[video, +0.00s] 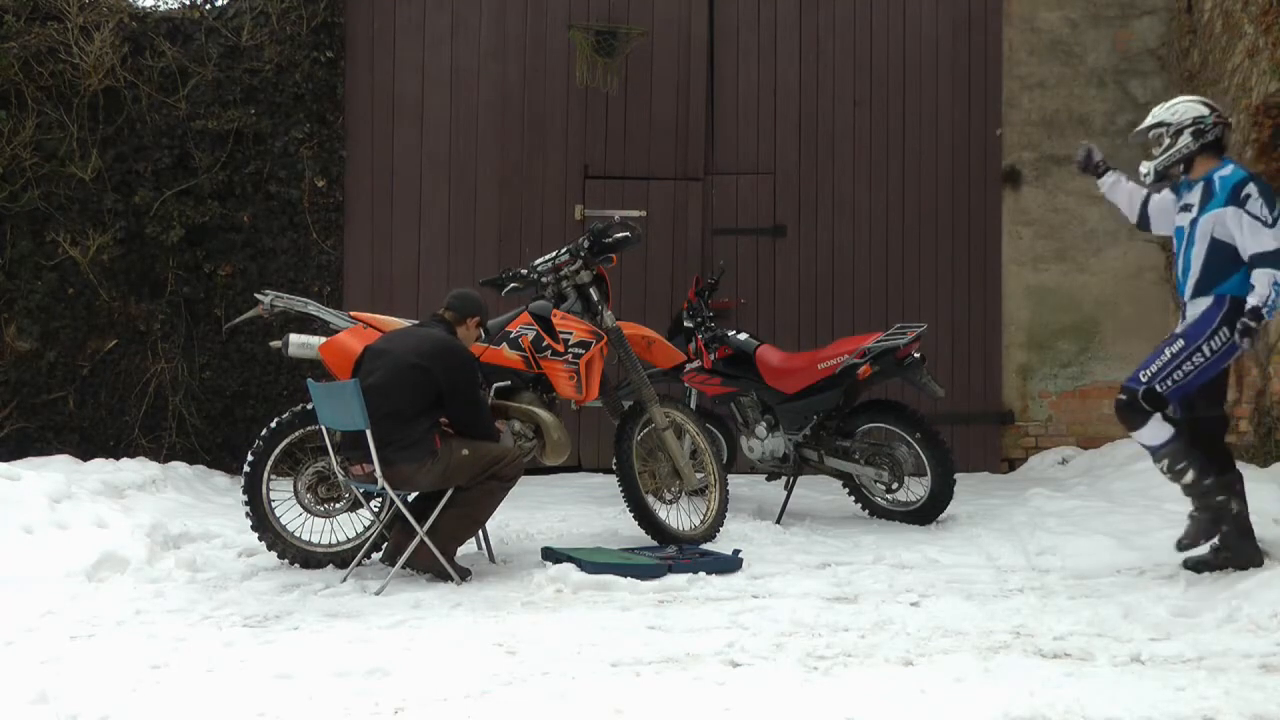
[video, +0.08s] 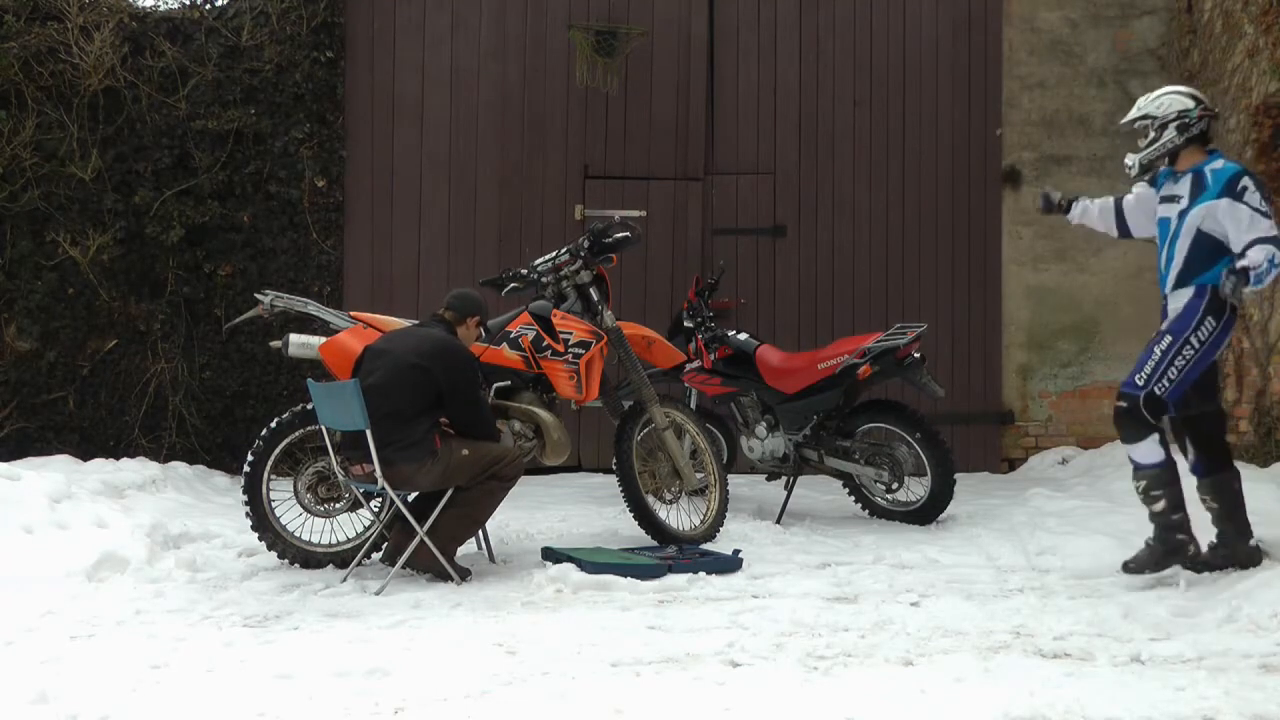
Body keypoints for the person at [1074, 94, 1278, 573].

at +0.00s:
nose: (1155, 150)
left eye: (1162, 139)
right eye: (1154, 141)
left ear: (1191, 137)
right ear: (1190, 141)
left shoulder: (1238, 186)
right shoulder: (1180, 196)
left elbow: (1270, 254)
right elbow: (1142, 206)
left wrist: (1255, 313)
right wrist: (1102, 173)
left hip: (1224, 316)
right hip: (1199, 318)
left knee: (1134, 402)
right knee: (1202, 430)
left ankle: (1206, 497)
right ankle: (1237, 538)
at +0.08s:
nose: (1140, 143)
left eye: (1148, 132)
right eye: (1140, 133)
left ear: (1177, 129)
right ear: (1177, 131)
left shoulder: (1225, 179)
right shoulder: (1163, 188)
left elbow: (1266, 244)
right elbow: (1121, 214)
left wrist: (1240, 278)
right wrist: (1068, 207)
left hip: (1207, 311)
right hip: (1181, 314)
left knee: (1135, 406)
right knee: (1198, 425)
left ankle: (1170, 534)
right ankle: (1236, 540)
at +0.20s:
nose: (1122, 150)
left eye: (1130, 140)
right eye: (1123, 141)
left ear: (1160, 142)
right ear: (1156, 145)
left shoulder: (1189, 197)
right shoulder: (1139, 202)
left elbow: (1235, 242)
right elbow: (1113, 264)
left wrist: (1213, 198)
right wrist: (1076, 296)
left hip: (1180, 323)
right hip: (1148, 322)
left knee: (1133, 433)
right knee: (1138, 432)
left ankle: (1161, 558)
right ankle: (1214, 514)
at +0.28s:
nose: (1104, 164)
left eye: (1112, 155)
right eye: (1105, 155)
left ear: (1140, 156)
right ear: (1134, 161)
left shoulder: (1177, 203)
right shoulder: (1130, 214)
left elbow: (1194, 230)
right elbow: (1121, 290)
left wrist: (1169, 179)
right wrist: (1108, 343)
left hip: (1169, 332)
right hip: (1129, 333)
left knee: (1121, 443)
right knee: (1084, 435)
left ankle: (1162, 562)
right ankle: (1173, 484)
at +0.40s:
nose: (1081, 165)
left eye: (1085, 155)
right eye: (1079, 158)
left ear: (1111, 150)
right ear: (1113, 151)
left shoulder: (1146, 189)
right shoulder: (1116, 195)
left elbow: (1143, 219)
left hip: (1146, 327)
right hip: (1109, 323)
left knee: (1115, 445)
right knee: (1044, 403)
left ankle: (1162, 559)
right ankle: (1101, 493)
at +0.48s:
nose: (1061, 157)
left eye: (1066, 146)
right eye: (1060, 148)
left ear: (1090, 141)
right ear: (1099, 143)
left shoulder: (1123, 182)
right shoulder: (1124, 188)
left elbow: (1112, 215)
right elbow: (1166, 255)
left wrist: (1041, 199)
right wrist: (1137, 299)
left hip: (1122, 323)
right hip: (1086, 319)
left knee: (1110, 437)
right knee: (1036, 410)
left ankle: (1160, 557)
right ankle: (1065, 526)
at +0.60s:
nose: (1040, 164)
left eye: (1044, 154)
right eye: (1040, 155)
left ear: (1065, 148)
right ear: (1080, 149)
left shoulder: (1094, 190)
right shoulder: (1097, 194)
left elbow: (1083, 256)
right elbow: (1138, 257)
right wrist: (1084, 273)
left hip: (1085, 330)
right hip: (1056, 329)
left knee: (1072, 447)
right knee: (1032, 440)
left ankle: (1151, 550)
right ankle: (1058, 561)